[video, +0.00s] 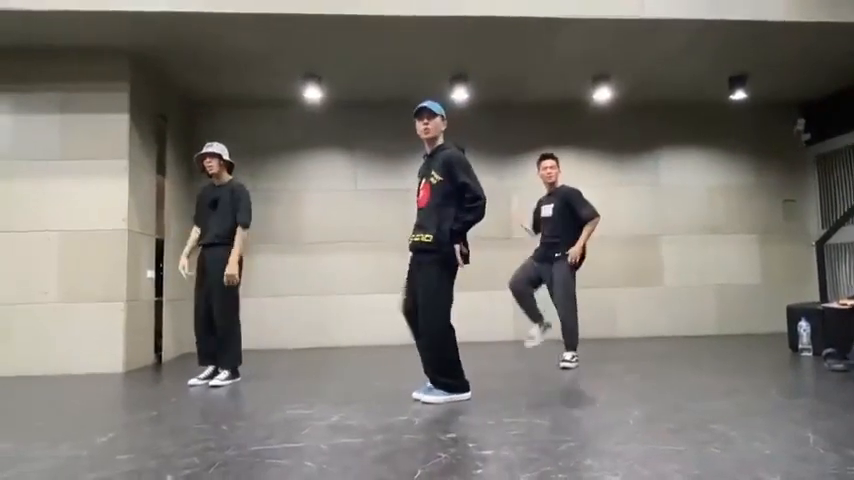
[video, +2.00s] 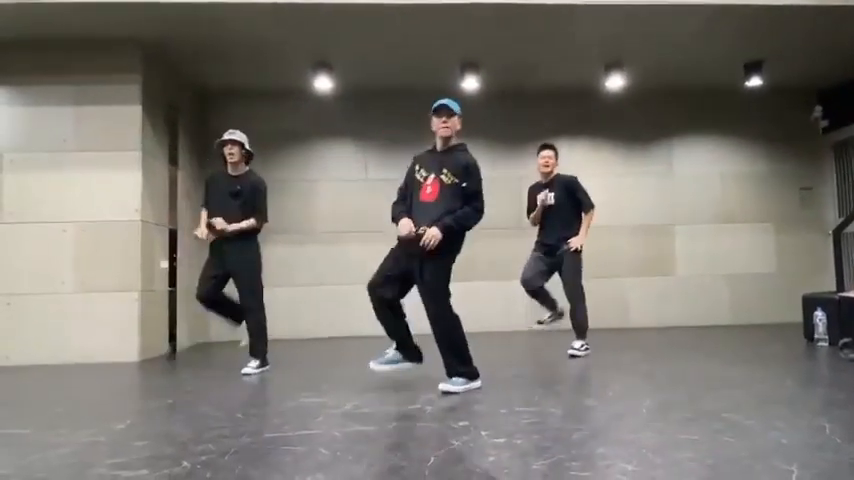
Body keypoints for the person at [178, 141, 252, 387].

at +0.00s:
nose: (207, 163)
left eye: (212, 159)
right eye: (205, 160)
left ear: (223, 161)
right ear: (203, 165)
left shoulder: (238, 190)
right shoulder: (205, 192)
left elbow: (242, 229)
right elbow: (198, 227)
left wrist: (233, 262)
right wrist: (185, 253)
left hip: (225, 254)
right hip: (206, 254)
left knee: (224, 311)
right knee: (204, 310)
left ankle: (229, 368)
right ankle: (210, 364)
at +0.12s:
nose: (209, 164)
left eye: (213, 159)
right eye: (206, 160)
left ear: (225, 162)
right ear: (204, 165)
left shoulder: (239, 191)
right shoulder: (205, 192)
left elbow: (239, 231)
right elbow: (200, 224)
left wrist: (215, 257)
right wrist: (196, 248)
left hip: (230, 254)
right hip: (208, 253)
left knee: (230, 312)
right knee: (192, 305)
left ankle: (233, 367)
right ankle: (225, 338)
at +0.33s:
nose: (205, 159)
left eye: (210, 155)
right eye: (203, 156)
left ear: (222, 158)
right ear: (201, 161)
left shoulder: (236, 187)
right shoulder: (205, 189)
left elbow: (243, 223)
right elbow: (205, 225)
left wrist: (232, 241)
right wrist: (192, 244)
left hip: (226, 254)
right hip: (204, 253)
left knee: (228, 313)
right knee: (177, 297)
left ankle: (236, 366)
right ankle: (215, 322)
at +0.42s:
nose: (203, 160)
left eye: (208, 156)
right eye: (201, 157)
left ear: (220, 159)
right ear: (201, 162)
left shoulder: (234, 187)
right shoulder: (205, 191)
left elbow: (247, 221)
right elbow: (202, 230)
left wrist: (248, 245)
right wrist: (181, 252)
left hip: (225, 252)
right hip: (202, 252)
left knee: (226, 309)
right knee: (190, 307)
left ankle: (234, 365)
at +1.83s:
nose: (225, 153)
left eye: (230, 149)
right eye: (222, 149)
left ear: (240, 154)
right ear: (217, 154)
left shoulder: (249, 185)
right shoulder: (208, 184)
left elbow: (252, 223)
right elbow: (201, 217)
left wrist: (227, 244)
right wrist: (200, 246)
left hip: (240, 252)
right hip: (213, 251)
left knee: (245, 305)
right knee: (203, 302)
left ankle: (257, 357)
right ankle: (197, 355)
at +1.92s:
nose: (228, 150)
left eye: (233, 146)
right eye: (225, 146)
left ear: (243, 151)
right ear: (221, 151)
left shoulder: (254, 182)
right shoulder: (212, 180)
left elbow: (257, 220)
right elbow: (205, 209)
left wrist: (225, 228)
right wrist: (202, 230)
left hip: (243, 250)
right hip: (218, 249)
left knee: (250, 304)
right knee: (202, 296)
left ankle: (258, 357)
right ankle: (226, 338)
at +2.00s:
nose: (230, 150)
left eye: (234, 146)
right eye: (226, 146)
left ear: (244, 151)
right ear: (222, 151)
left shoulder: (255, 182)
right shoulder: (214, 180)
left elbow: (259, 220)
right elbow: (206, 208)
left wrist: (228, 227)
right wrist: (203, 225)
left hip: (244, 249)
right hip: (220, 248)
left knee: (252, 305)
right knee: (206, 294)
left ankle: (259, 357)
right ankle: (244, 315)